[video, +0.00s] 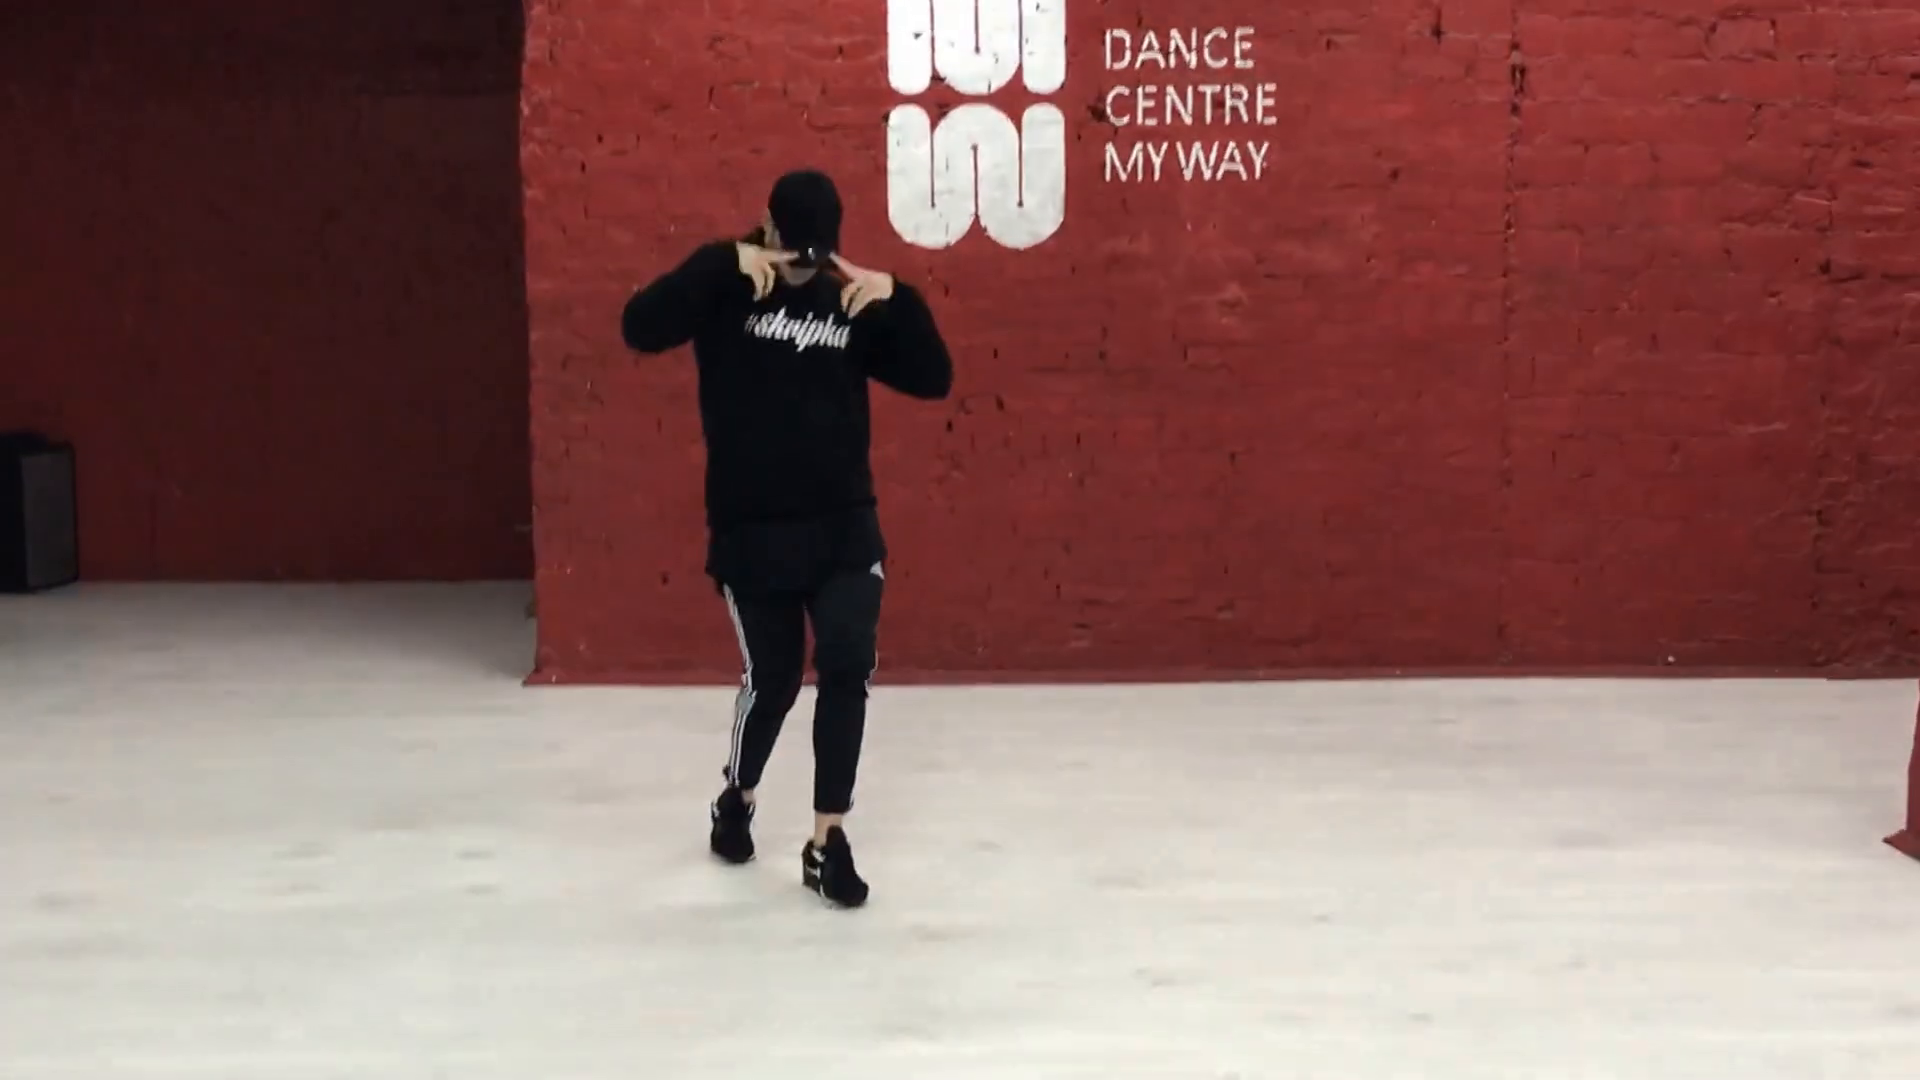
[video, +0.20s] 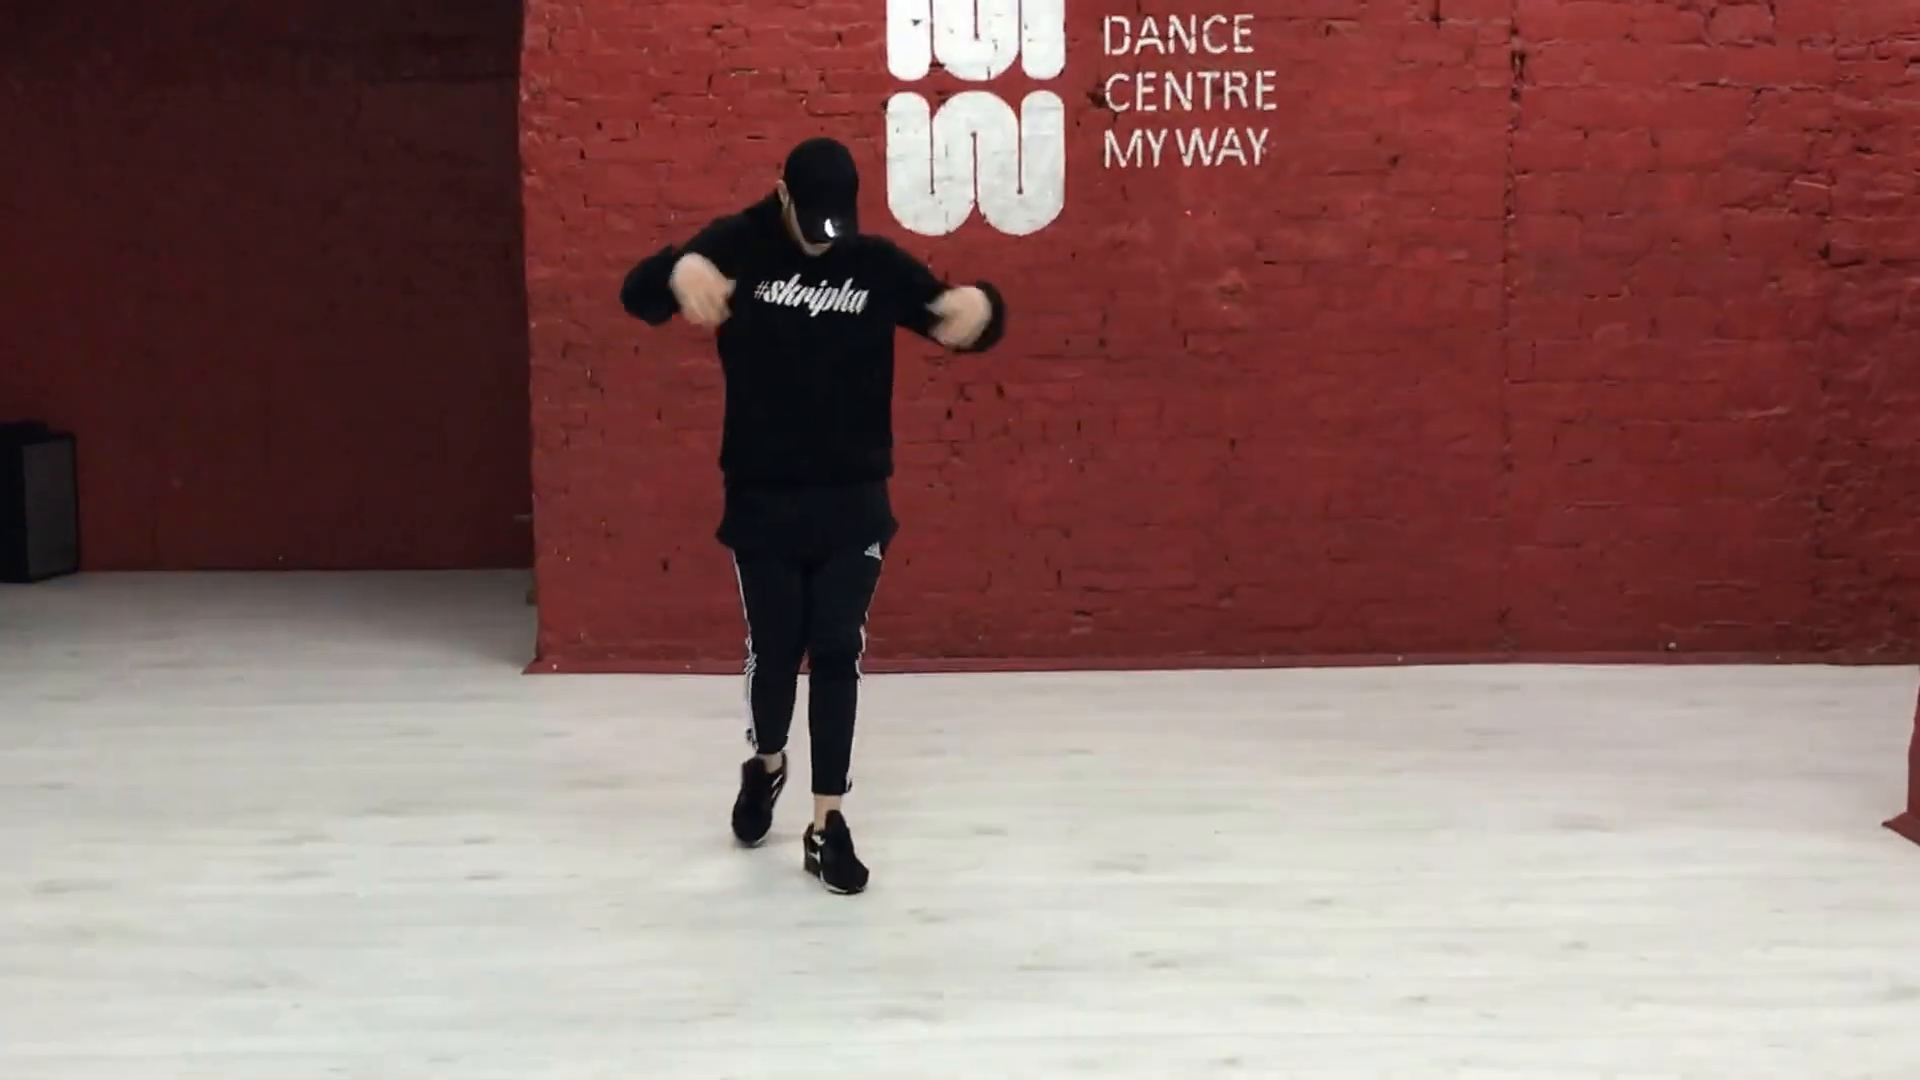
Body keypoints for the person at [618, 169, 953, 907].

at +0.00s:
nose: (802, 267)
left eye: (817, 256)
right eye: (793, 253)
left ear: (837, 247)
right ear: (768, 234)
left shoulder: (854, 304)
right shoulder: (722, 288)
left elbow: (932, 380)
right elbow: (640, 327)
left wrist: (895, 299)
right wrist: (725, 262)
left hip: (842, 522)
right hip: (752, 524)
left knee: (848, 674)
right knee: (774, 679)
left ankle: (828, 838)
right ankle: (736, 800)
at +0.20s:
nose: (822, 238)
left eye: (835, 227)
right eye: (811, 224)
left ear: (854, 210)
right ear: (785, 199)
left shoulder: (876, 263)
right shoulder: (739, 247)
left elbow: (962, 319)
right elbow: (639, 293)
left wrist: (982, 310)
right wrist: (676, 274)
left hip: (852, 496)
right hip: (763, 494)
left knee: (837, 657)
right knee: (776, 651)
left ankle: (828, 820)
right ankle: (766, 765)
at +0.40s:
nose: (827, 250)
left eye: (839, 238)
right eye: (815, 236)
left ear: (857, 223)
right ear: (791, 216)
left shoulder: (884, 279)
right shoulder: (752, 263)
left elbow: (956, 325)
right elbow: (691, 304)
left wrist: (1037, 359)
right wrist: (633, 341)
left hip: (859, 501)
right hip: (766, 499)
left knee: (849, 651)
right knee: (775, 662)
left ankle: (828, 810)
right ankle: (794, 740)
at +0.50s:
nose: (823, 227)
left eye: (834, 215)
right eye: (811, 214)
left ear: (854, 199)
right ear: (789, 194)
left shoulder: (887, 264)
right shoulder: (748, 247)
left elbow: (949, 355)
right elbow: (692, 334)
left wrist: (998, 442)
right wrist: (657, 419)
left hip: (858, 487)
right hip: (766, 485)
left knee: (840, 633)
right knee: (779, 647)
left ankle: (827, 801)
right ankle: (813, 722)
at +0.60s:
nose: (820, 200)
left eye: (831, 187)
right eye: (807, 187)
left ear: (851, 177)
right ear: (785, 175)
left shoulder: (886, 253)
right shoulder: (743, 243)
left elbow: (922, 375)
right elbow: (706, 360)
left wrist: (923, 489)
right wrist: (703, 471)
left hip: (856, 478)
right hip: (766, 478)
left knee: (833, 628)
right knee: (784, 636)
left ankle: (834, 800)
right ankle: (816, 739)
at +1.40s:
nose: (820, 171)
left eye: (832, 162)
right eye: (807, 161)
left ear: (849, 176)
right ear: (787, 175)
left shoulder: (887, 262)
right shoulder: (752, 262)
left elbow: (905, 373)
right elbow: (743, 377)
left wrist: (889, 463)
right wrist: (777, 470)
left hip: (871, 468)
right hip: (791, 471)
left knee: (873, 622)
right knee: (812, 625)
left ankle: (881, 755)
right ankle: (815, 774)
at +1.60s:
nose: (839, 219)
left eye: (851, 209)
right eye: (826, 209)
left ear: (868, 221)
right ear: (807, 222)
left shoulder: (903, 313)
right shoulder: (773, 308)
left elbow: (916, 418)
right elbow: (770, 421)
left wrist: (832, 417)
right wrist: (849, 478)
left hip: (879, 512)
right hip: (797, 512)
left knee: (871, 657)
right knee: (815, 655)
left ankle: (868, 784)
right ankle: (816, 795)